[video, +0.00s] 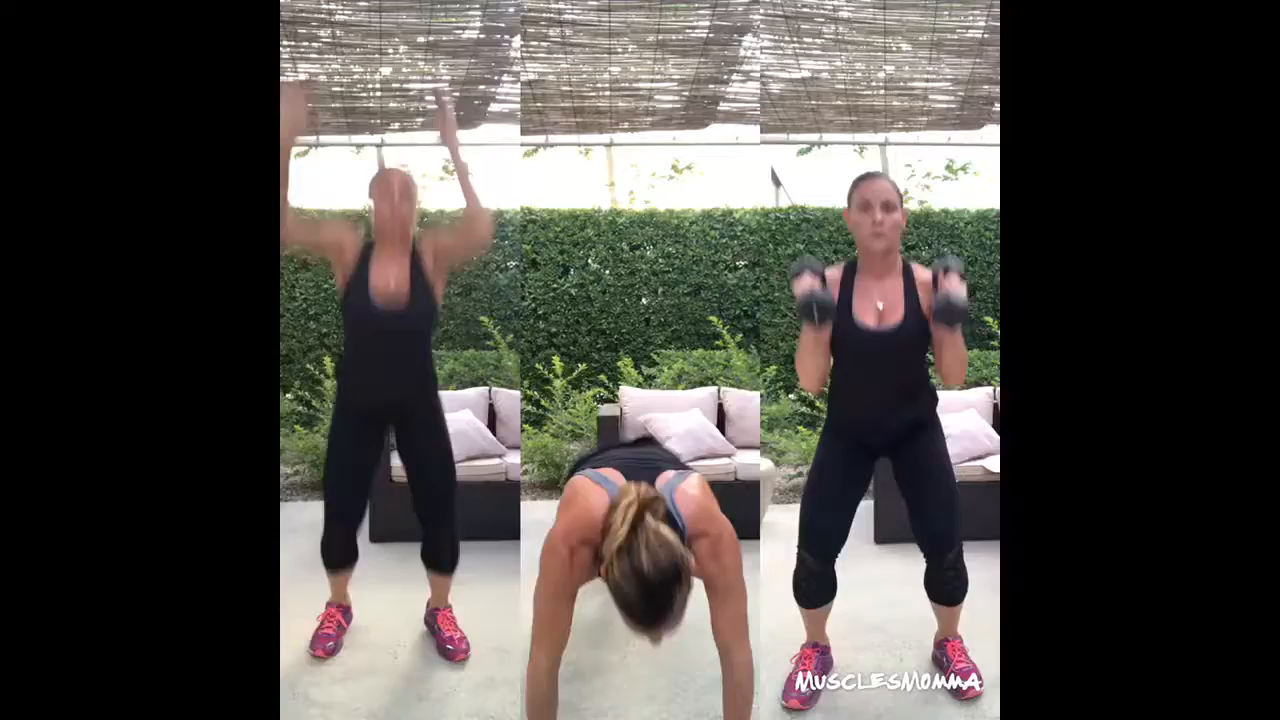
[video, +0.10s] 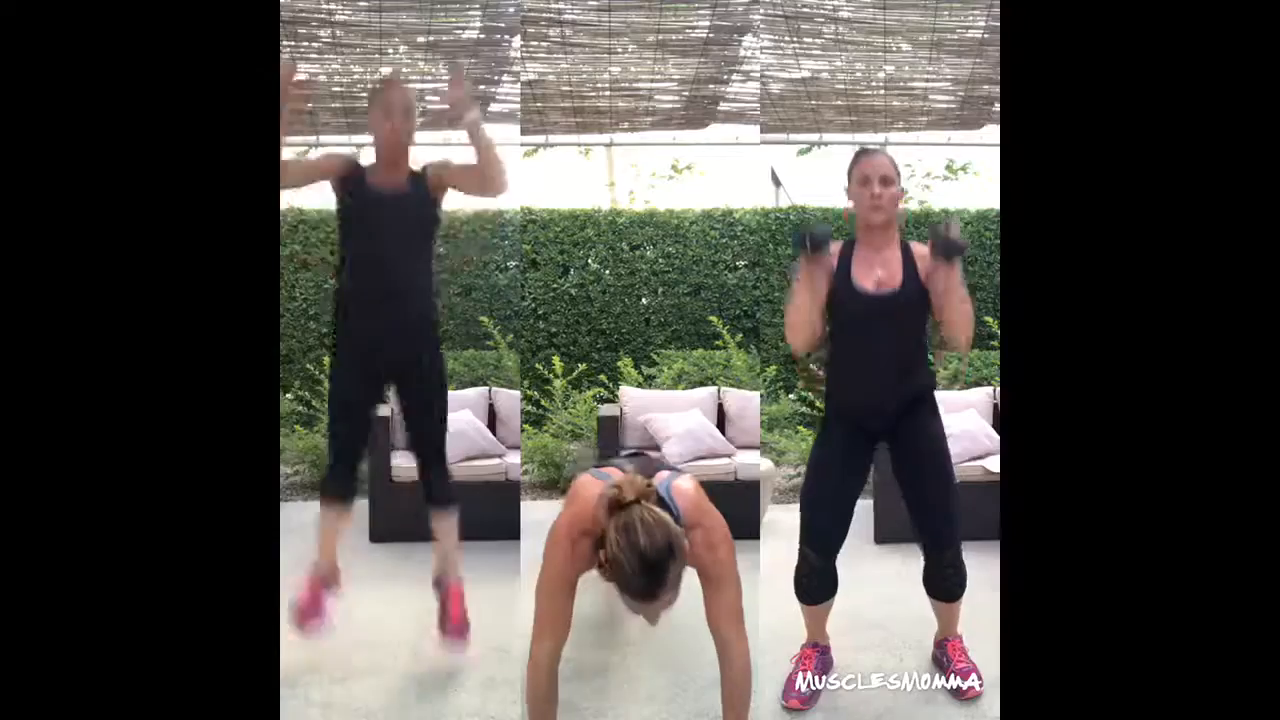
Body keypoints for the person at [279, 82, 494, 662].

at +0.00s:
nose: (396, 200)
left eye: (404, 194)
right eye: (386, 193)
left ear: (417, 205)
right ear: (370, 205)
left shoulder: (434, 254)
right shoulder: (347, 246)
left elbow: (481, 227)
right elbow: (285, 224)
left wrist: (454, 150)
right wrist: (285, 147)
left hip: (418, 404)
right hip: (358, 404)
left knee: (440, 507)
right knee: (339, 510)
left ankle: (441, 609)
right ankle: (338, 605)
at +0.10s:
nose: (394, 120)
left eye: (403, 112)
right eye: (385, 111)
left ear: (416, 124)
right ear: (369, 120)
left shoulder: (433, 177)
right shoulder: (344, 170)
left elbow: (493, 182)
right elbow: (283, 177)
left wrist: (469, 118)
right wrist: (286, 114)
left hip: (417, 337)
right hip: (357, 337)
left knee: (433, 460)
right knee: (342, 457)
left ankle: (449, 578)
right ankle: (324, 568)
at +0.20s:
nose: (394, 78)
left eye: (404, 68)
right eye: (383, 67)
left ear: (416, 77)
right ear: (368, 77)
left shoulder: (434, 142)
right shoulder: (341, 134)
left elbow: (485, 194)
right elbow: (286, 176)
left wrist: (474, 131)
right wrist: (286, 119)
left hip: (418, 285)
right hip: (359, 285)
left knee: (449, 378)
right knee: (315, 373)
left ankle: (450, 492)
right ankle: (315, 485)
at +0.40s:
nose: (395, 108)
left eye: (406, 98)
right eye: (384, 98)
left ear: (419, 108)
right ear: (367, 108)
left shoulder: (436, 167)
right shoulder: (344, 161)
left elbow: (491, 177)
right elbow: (284, 168)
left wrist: (453, 112)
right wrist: (303, 96)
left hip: (418, 303)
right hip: (354, 303)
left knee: (477, 288)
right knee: (290, 311)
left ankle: (463, 409)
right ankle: (310, 420)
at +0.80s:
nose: (402, 202)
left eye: (412, 191)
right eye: (391, 191)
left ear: (428, 187)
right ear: (377, 186)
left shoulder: (449, 247)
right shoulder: (349, 240)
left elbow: (483, 324)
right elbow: (320, 314)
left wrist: (477, 332)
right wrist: (314, 360)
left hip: (422, 390)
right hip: (361, 388)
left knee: (435, 502)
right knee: (350, 500)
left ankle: (438, 609)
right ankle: (346, 608)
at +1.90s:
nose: (391, 623)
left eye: (399, 617)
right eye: (380, 618)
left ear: (419, 562)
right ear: (347, 563)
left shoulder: (451, 516)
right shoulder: (327, 519)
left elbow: (473, 625)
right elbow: (302, 628)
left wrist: (468, 708)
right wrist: (311, 710)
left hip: (431, 438)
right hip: (357, 440)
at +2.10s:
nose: (395, 602)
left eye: (408, 587)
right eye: (381, 592)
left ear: (427, 539)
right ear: (356, 550)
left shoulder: (452, 507)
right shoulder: (334, 508)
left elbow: (476, 621)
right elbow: (302, 625)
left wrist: (468, 707)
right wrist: (311, 708)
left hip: (431, 465)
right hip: (360, 466)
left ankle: (440, 546)